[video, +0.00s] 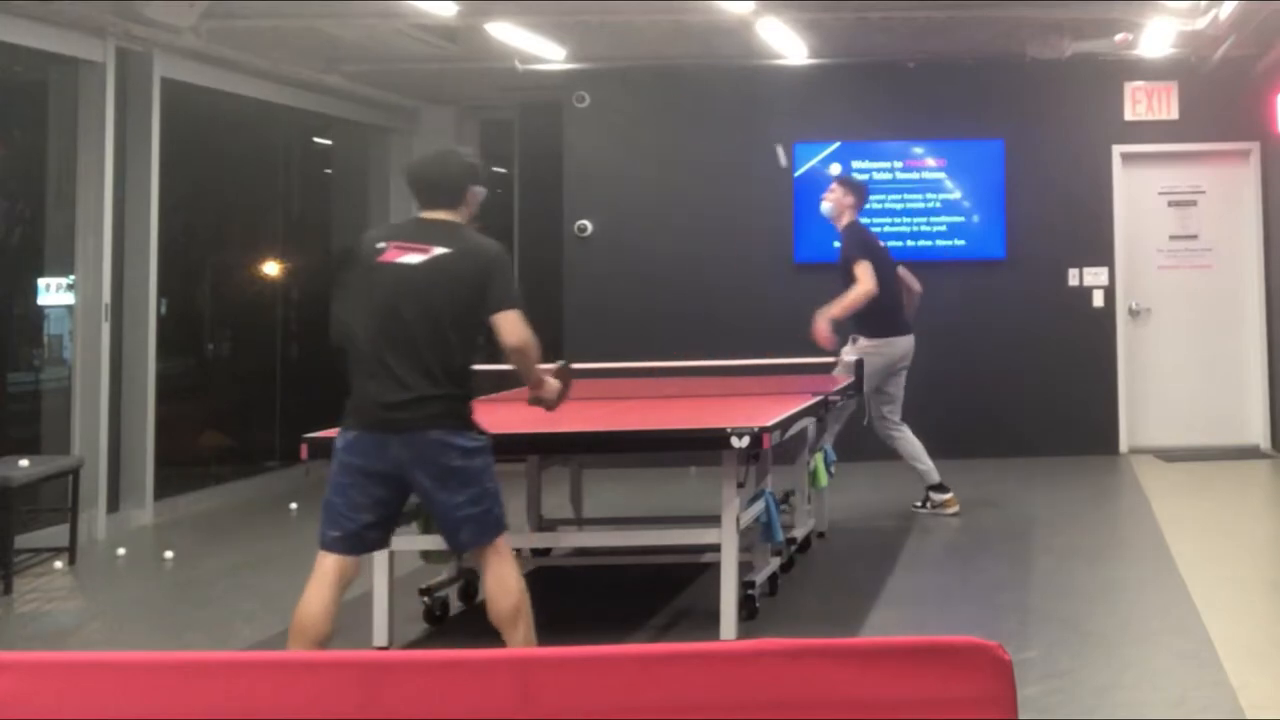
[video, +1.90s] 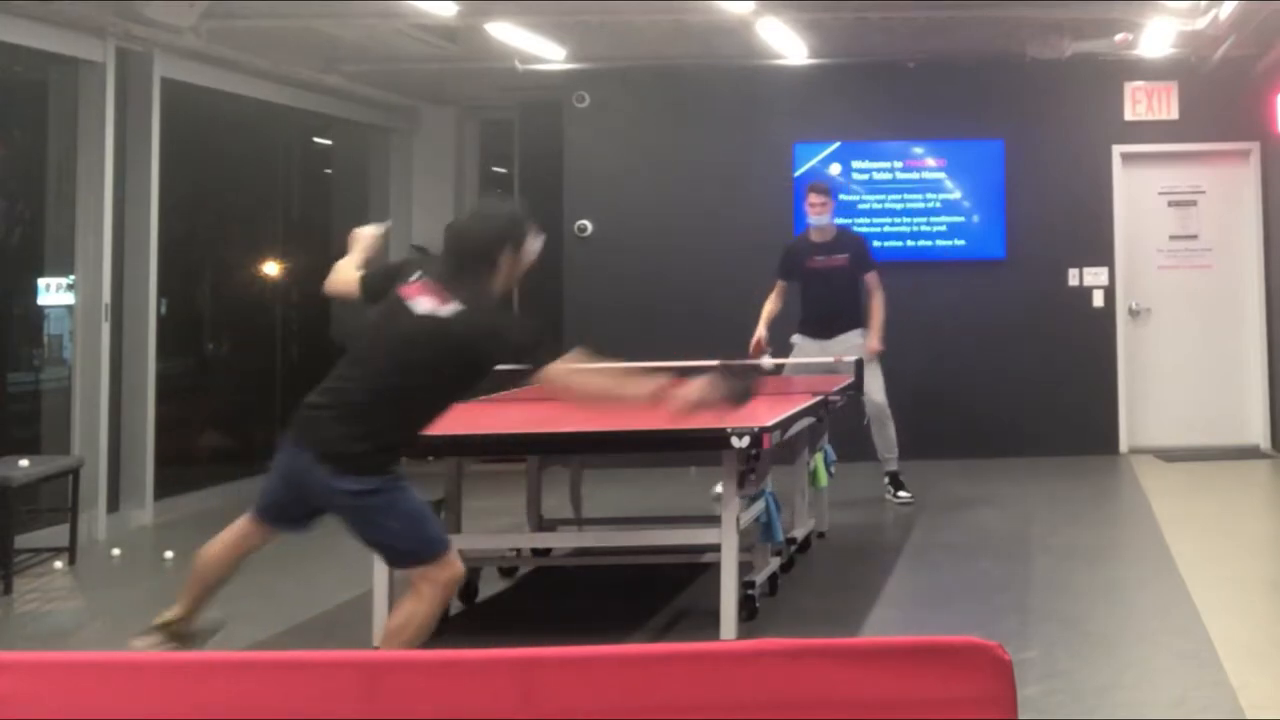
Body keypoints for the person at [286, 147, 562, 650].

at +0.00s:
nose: (481, 201)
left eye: (479, 192)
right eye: (478, 192)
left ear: (418, 195)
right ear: (468, 197)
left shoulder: (372, 245)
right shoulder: (482, 253)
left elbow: (346, 330)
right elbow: (515, 340)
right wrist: (536, 381)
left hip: (365, 433)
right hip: (443, 434)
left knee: (331, 566)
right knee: (493, 553)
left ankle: (288, 694)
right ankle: (530, 678)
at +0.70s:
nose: (447, 263)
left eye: (447, 255)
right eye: (447, 256)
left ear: (381, 252)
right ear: (436, 259)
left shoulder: (329, 286)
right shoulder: (436, 303)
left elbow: (270, 359)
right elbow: (486, 389)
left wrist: (320, 367)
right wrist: (474, 416)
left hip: (291, 444)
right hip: (364, 448)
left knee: (267, 554)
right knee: (440, 552)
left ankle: (222, 671)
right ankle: (453, 679)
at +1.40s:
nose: (395, 237)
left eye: (393, 228)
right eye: (392, 229)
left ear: (334, 232)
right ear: (381, 234)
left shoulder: (288, 275)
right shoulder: (391, 289)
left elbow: (223, 348)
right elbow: (417, 373)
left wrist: (285, 366)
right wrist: (461, 380)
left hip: (256, 440)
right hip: (326, 446)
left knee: (231, 536)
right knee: (401, 552)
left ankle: (178, 657)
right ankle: (412, 681)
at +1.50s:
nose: (412, 252)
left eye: (412, 240)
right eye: (410, 241)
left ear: (352, 238)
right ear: (395, 243)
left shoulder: (303, 278)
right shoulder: (368, 295)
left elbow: (295, 359)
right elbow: (351, 392)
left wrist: (365, 373)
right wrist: (408, 439)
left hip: (235, 450)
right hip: (295, 457)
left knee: (223, 555)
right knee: (387, 549)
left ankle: (127, 659)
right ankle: (404, 685)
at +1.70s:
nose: (438, 302)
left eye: (439, 292)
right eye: (436, 292)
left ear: (381, 287)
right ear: (416, 295)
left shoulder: (341, 314)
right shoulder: (357, 341)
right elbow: (335, 434)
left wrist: (418, 333)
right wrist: (377, 495)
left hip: (239, 483)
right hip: (277, 489)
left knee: (212, 587)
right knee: (394, 555)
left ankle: (117, 669)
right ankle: (378, 681)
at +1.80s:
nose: (495, 285)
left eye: (493, 275)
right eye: (489, 278)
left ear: (434, 275)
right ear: (464, 289)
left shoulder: (379, 293)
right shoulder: (423, 343)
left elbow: (324, 289)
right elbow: (473, 441)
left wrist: (365, 262)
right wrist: (533, 454)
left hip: (266, 460)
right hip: (310, 477)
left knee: (207, 561)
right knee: (416, 560)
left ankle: (117, 660)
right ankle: (372, 688)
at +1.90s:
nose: (525, 275)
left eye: (525, 264)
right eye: (522, 265)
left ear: (462, 251)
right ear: (498, 266)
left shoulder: (406, 278)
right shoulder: (485, 330)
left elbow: (339, 285)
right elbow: (576, 376)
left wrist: (355, 252)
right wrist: (662, 384)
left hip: (302, 445)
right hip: (356, 466)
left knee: (251, 526)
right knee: (440, 571)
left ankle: (175, 616)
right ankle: (376, 677)